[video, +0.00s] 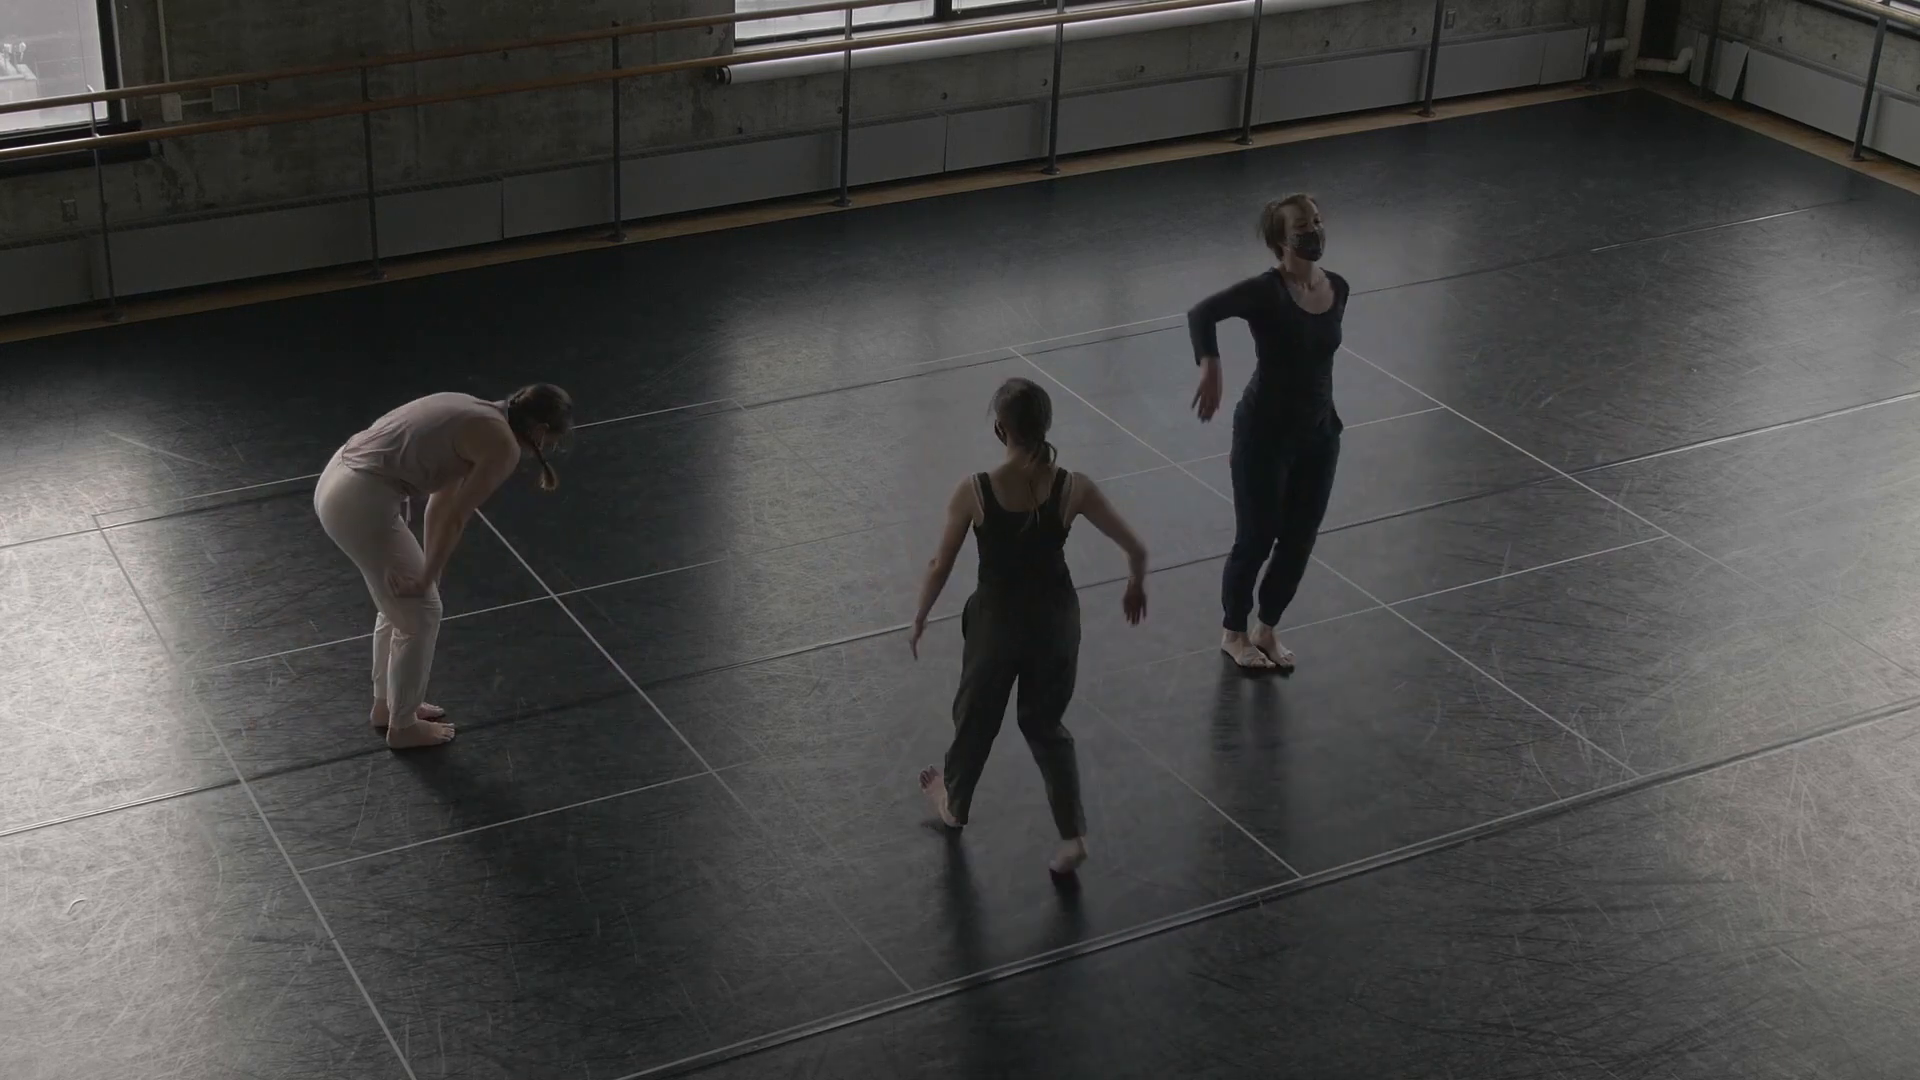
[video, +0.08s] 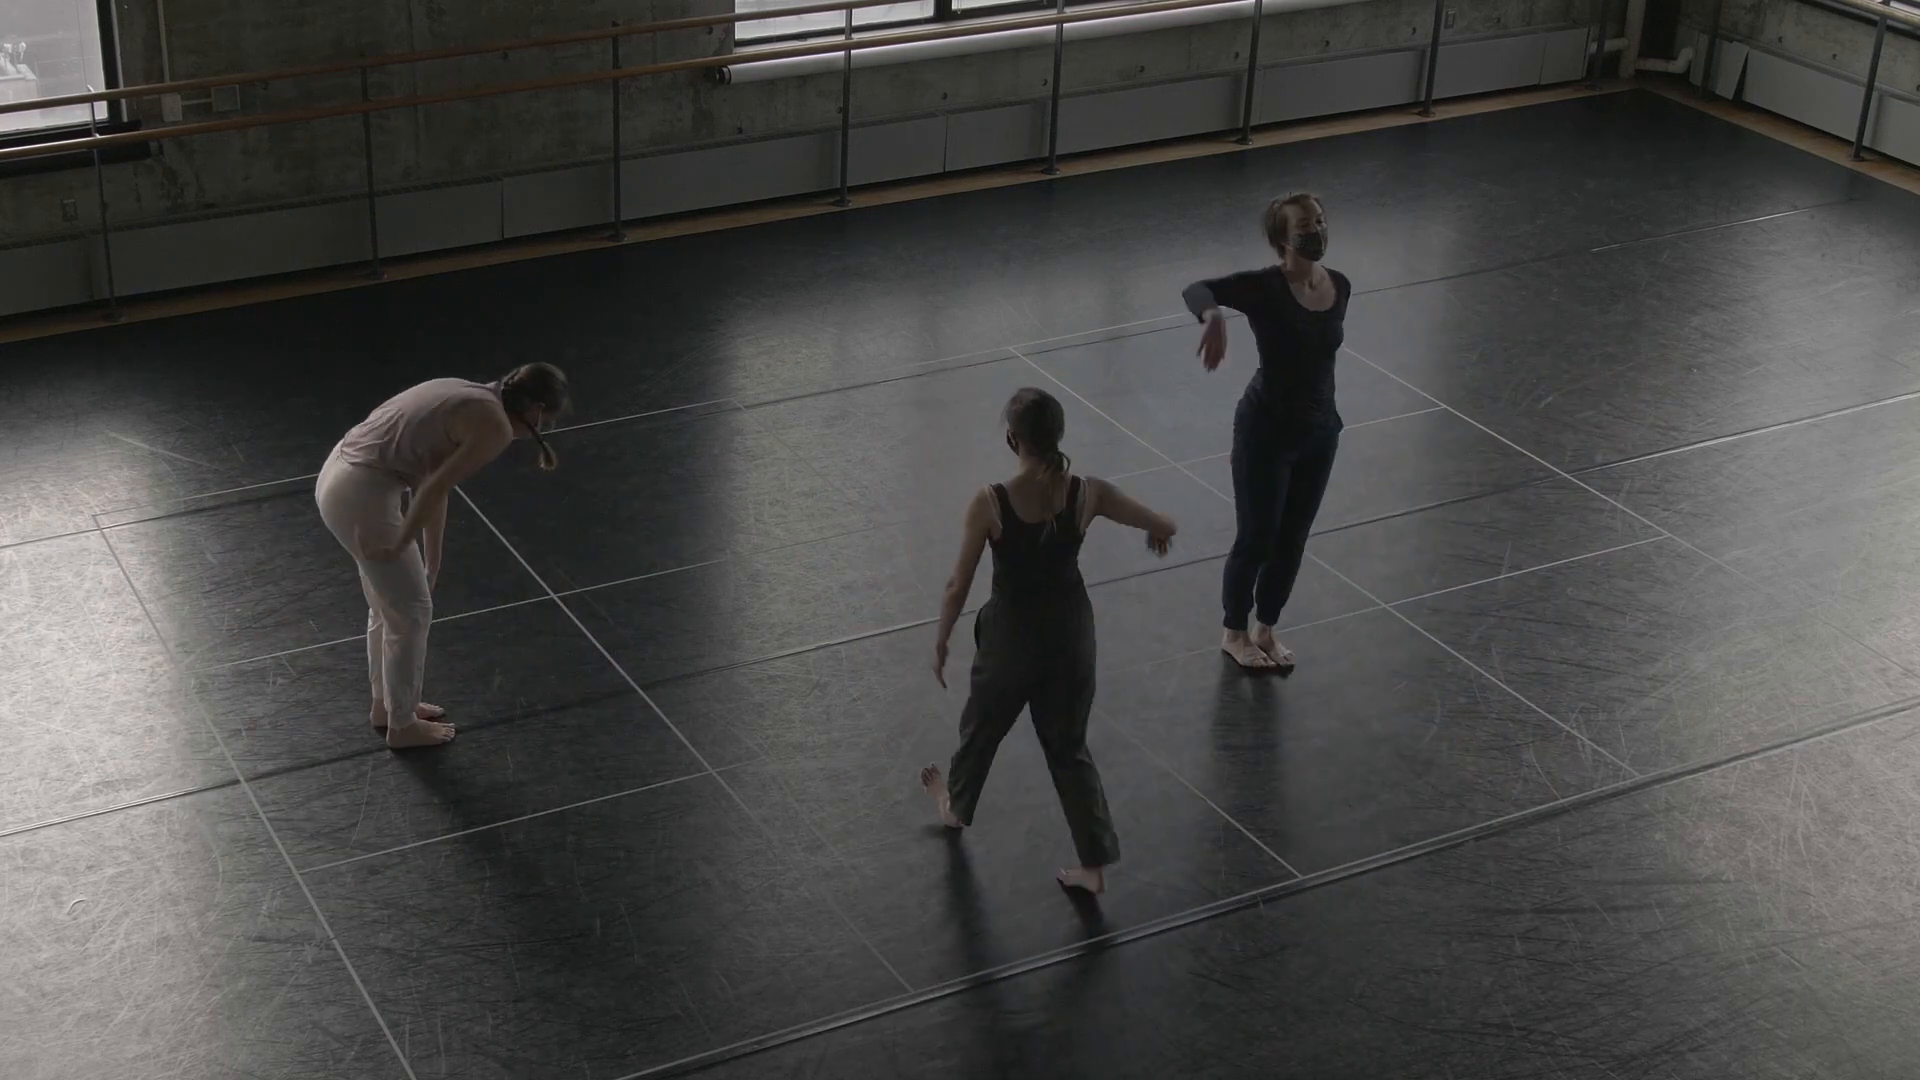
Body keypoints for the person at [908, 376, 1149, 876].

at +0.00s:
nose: (993, 425)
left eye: (995, 419)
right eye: (997, 418)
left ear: (1001, 427)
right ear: (1046, 425)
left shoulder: (973, 491)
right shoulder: (1074, 487)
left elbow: (942, 565)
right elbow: (1135, 547)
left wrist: (921, 615)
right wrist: (1135, 587)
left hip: (996, 629)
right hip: (1056, 627)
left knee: (976, 716)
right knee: (1044, 721)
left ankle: (954, 806)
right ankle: (1072, 837)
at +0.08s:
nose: (1005, 433)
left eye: (1006, 428)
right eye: (1008, 426)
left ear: (1012, 437)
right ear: (1058, 435)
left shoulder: (989, 502)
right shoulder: (1088, 493)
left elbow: (960, 583)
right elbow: (1159, 523)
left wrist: (942, 639)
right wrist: (1159, 531)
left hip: (1010, 647)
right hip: (1071, 645)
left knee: (980, 730)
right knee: (1070, 749)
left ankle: (956, 806)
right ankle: (1093, 867)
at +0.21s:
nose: (1025, 443)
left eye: (1026, 437)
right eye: (1028, 436)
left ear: (1032, 446)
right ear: (1079, 443)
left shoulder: (1013, 513)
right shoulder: (1110, 496)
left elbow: (994, 605)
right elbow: (1188, 495)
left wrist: (987, 672)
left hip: (1030, 652)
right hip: (1092, 653)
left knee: (1001, 737)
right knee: (1093, 765)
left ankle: (973, 818)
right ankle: (1092, 883)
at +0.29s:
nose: (1033, 447)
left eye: (1034, 440)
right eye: (1039, 438)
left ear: (1043, 449)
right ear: (1088, 443)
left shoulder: (1022, 515)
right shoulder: (1118, 495)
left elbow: (1012, 610)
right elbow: (1195, 479)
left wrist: (1012, 683)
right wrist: (1189, 413)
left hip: (1039, 660)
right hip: (1100, 659)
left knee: (1013, 749)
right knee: (1095, 777)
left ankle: (1000, 840)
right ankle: (1091, 887)